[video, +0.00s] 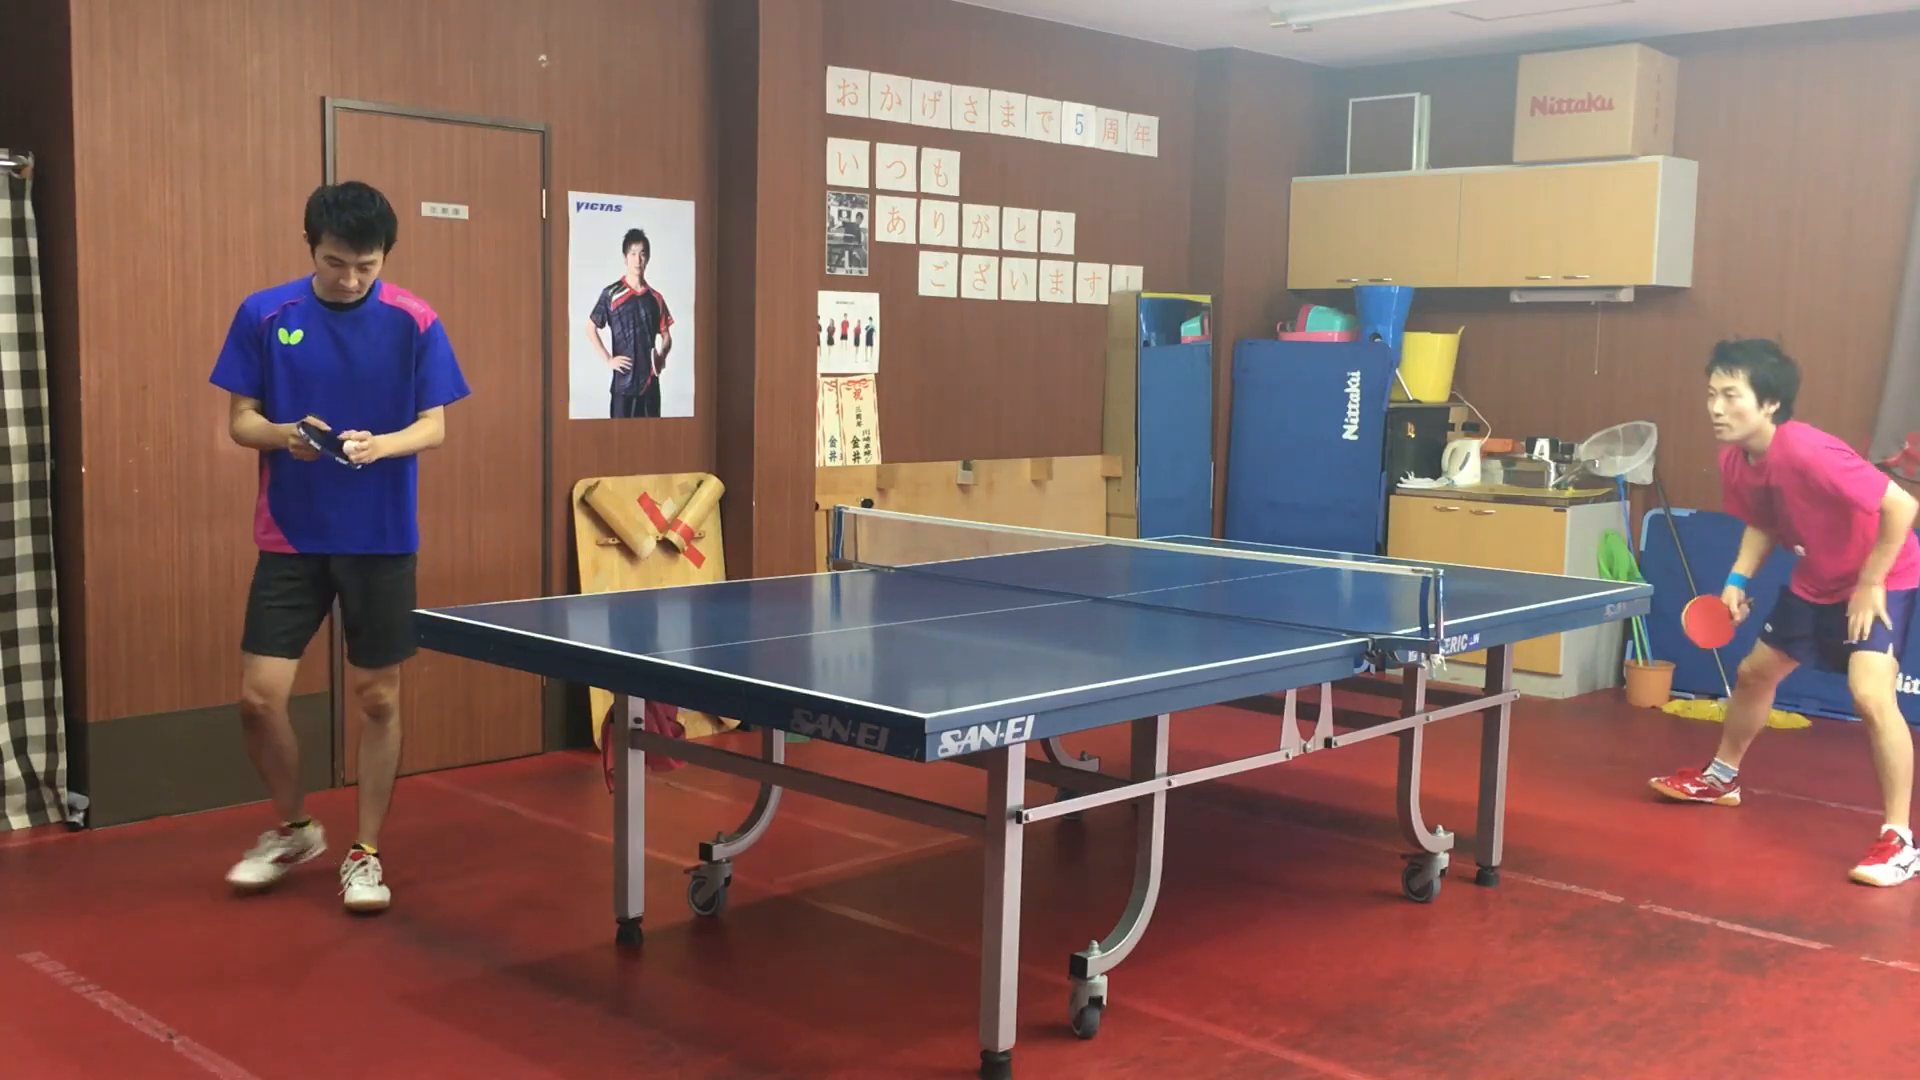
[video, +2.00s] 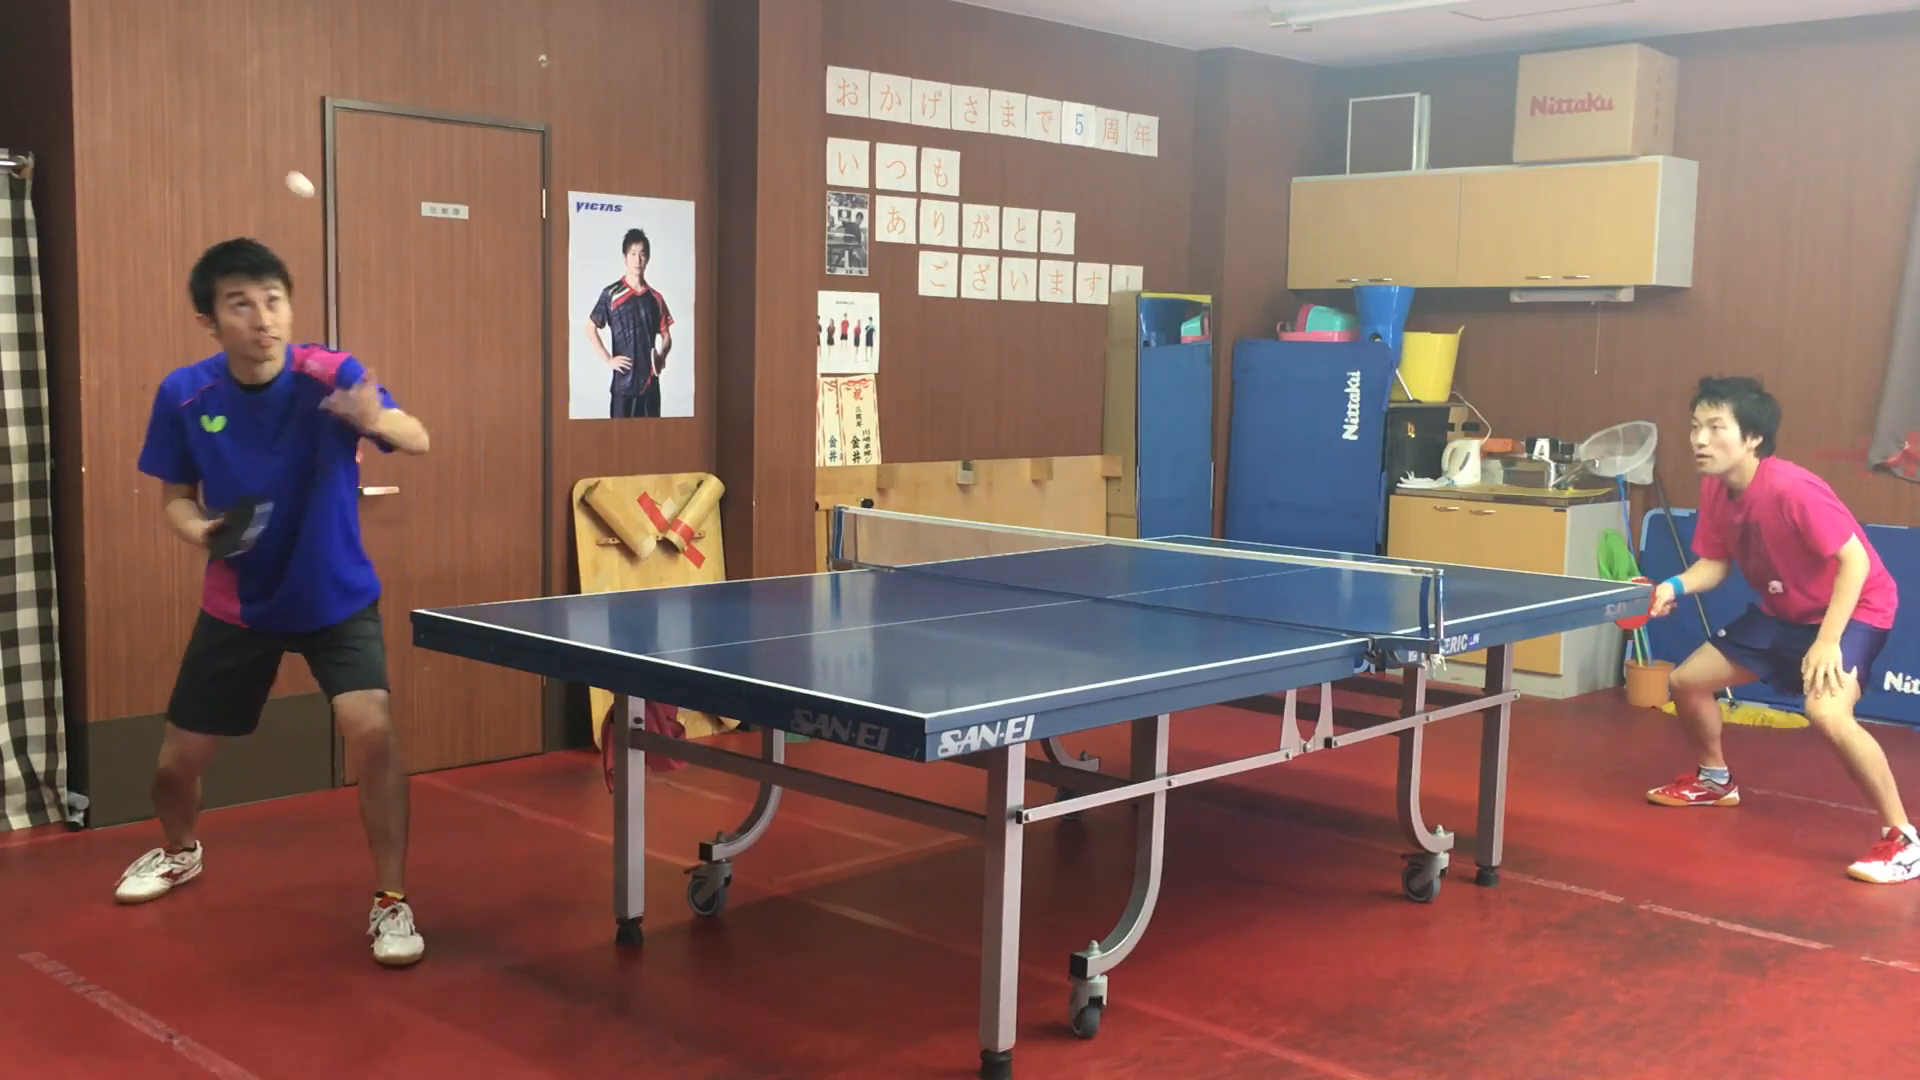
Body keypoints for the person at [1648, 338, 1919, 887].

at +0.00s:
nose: (1715, 407)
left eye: (1730, 395)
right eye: (1712, 395)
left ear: (1770, 405)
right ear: (1709, 398)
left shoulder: (1808, 452)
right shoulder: (1735, 461)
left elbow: (1902, 506)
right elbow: (1761, 522)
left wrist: (1871, 582)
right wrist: (1737, 580)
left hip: (1881, 580)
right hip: (1814, 578)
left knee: (1871, 697)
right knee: (1754, 673)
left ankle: (1899, 837)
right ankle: (1721, 776)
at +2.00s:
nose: (1698, 438)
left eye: (1714, 427)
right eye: (1695, 426)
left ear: (1753, 441)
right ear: (1692, 431)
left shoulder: (1793, 489)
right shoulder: (1716, 489)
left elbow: (1855, 561)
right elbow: (1715, 562)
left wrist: (1827, 639)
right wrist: (1674, 587)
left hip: (1853, 613)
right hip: (1783, 612)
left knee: (1826, 710)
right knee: (1687, 681)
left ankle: (1901, 836)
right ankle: (1713, 778)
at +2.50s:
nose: (1711, 370)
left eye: (1727, 359)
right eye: (1709, 359)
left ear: (1767, 373)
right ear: (1706, 366)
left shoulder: (1809, 432)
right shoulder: (1723, 432)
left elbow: (1865, 506)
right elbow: (1718, 508)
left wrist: (1827, 578)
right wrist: (1668, 528)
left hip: (1835, 588)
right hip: (1763, 585)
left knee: (1857, 709)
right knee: (1703, 679)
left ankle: (1911, 831)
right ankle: (1714, 776)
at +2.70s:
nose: (1697, 357)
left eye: (1712, 345)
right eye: (1694, 345)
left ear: (1753, 353)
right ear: (1695, 351)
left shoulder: (1793, 410)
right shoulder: (1710, 422)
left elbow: (1854, 486)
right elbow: (1675, 490)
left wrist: (1799, 552)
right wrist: (1602, 507)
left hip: (1847, 572)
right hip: (1780, 569)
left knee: (1866, 707)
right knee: (1708, 674)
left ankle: (1919, 835)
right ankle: (1713, 807)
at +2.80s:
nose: (1695, 367)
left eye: (1709, 354)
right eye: (1693, 356)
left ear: (1753, 362)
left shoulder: (1811, 421)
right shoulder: (1704, 433)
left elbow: (1869, 495)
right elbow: (1648, 494)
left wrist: (1825, 564)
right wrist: (1568, 506)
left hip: (1838, 597)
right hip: (1757, 591)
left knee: (1876, 726)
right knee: (1666, 677)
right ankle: (1701, 797)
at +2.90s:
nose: (1674, 376)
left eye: (1687, 362)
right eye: (1673, 364)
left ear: (1734, 370)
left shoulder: (1800, 427)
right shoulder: (1679, 442)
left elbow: (1854, 505)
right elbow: (1616, 494)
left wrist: (1815, 560)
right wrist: (1536, 508)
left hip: (1808, 614)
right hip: (1725, 603)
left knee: (1863, 731)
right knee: (1616, 665)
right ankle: (1633, 795)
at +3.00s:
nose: (1621, 383)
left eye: (1631, 369)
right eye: (1617, 372)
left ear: (1679, 372)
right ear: (1631, 379)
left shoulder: (1751, 421)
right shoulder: (1628, 442)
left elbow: (1806, 495)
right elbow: (1567, 493)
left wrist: (1774, 545)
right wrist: (1493, 510)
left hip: (1765, 613)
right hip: (1677, 605)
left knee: (1840, 724)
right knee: (1574, 681)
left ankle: (1911, 842)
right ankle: (1504, 803)